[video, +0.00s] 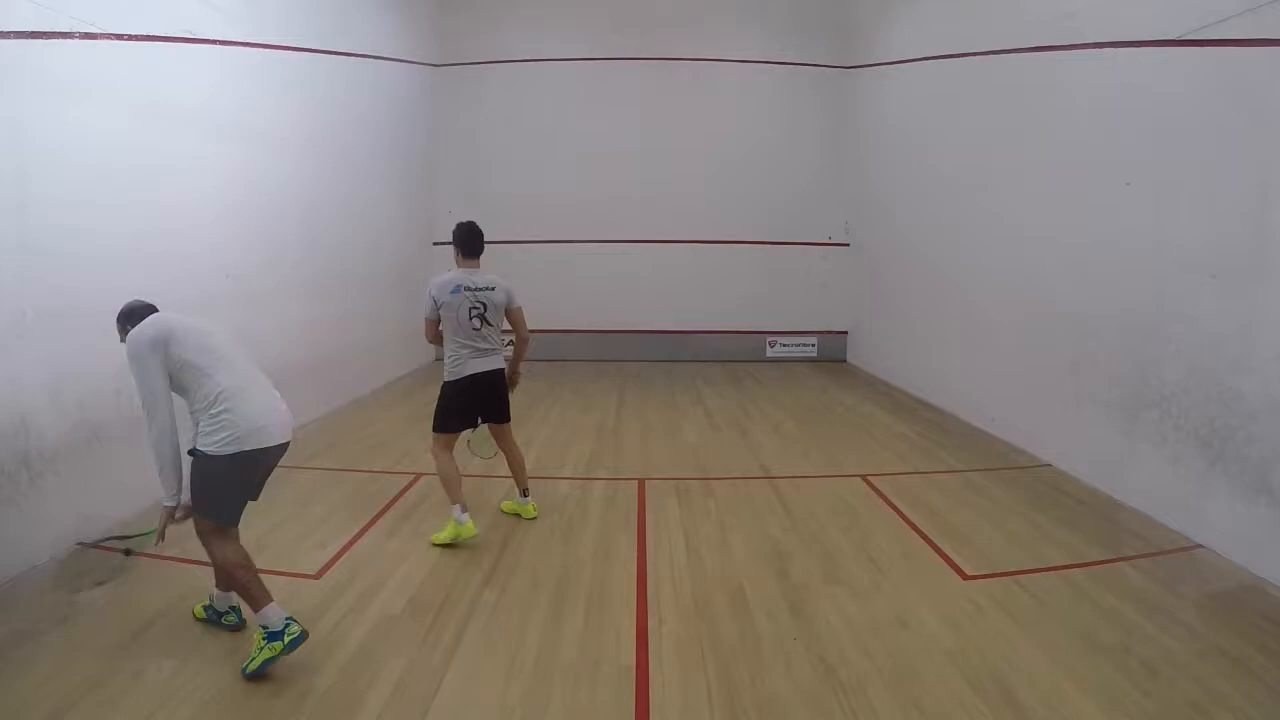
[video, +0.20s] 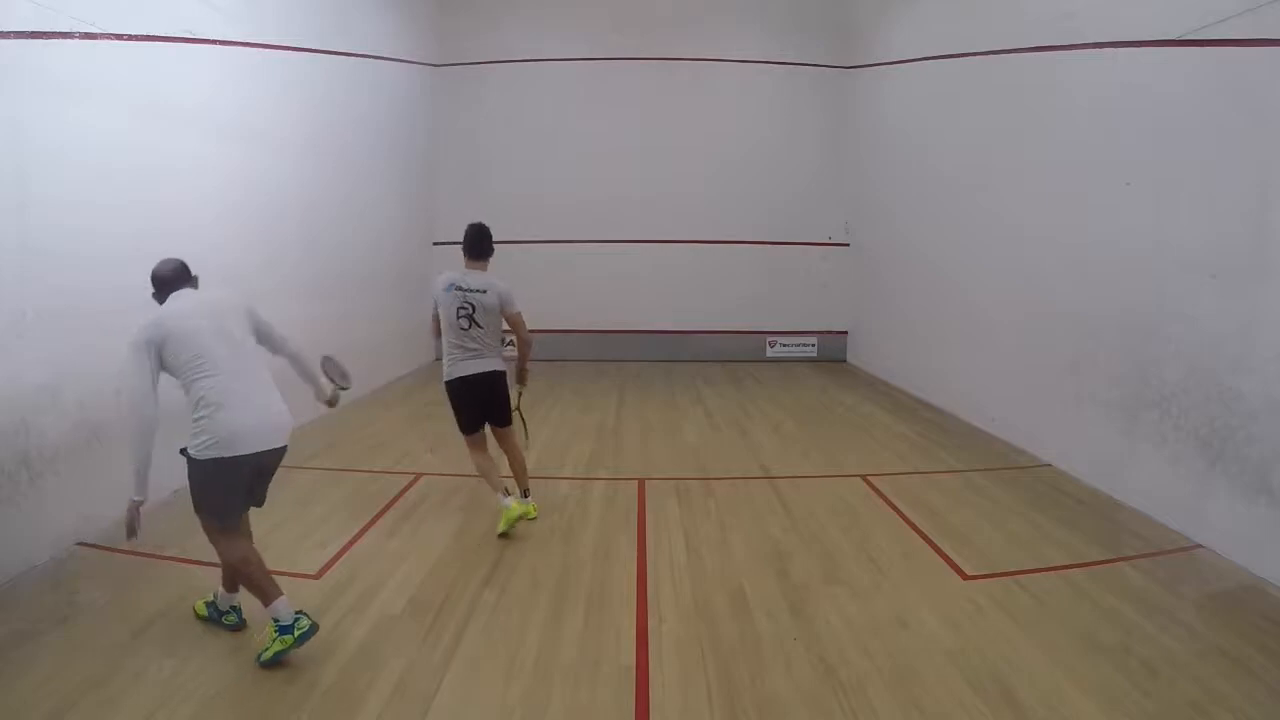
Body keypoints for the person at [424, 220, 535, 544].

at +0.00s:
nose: (458, 251)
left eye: (454, 246)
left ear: (454, 249)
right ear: (483, 250)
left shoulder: (439, 286)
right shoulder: (500, 286)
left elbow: (433, 336)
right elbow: (522, 334)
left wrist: (461, 341)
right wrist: (514, 368)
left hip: (458, 382)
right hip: (495, 377)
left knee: (442, 448)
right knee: (506, 440)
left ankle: (461, 518)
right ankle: (525, 500)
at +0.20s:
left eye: (467, 249)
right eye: (488, 250)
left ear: (463, 252)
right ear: (491, 252)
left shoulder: (443, 284)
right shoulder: (497, 289)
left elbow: (437, 330)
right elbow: (523, 335)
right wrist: (522, 369)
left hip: (457, 380)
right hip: (493, 376)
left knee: (477, 448)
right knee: (506, 437)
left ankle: (505, 500)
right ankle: (526, 500)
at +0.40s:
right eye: (476, 252)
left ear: (450, 254)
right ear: (479, 255)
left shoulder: (430, 287)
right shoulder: (491, 291)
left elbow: (423, 337)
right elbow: (511, 342)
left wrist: (453, 344)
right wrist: (500, 369)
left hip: (449, 384)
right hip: (486, 378)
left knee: (448, 448)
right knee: (504, 442)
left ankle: (490, 496)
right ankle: (525, 500)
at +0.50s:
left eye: (433, 255)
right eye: (453, 253)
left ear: (430, 258)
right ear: (459, 257)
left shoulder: (419, 292)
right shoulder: (479, 294)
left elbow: (406, 346)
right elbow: (498, 342)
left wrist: (434, 358)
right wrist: (484, 364)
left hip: (444, 390)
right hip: (480, 383)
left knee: (420, 449)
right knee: (497, 440)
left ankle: (454, 509)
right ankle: (524, 500)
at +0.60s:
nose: (403, 265)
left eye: (402, 261)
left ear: (404, 264)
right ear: (432, 263)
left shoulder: (402, 301)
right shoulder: (454, 296)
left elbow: (393, 359)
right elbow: (478, 340)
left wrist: (409, 380)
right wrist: (465, 365)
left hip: (433, 397)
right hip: (469, 389)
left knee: (397, 455)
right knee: (488, 444)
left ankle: (423, 522)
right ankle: (522, 497)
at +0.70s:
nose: (372, 266)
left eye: (372, 261)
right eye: (372, 261)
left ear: (379, 263)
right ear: (404, 261)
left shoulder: (381, 299)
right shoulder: (427, 293)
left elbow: (385, 358)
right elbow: (452, 335)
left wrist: (374, 380)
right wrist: (432, 360)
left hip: (418, 397)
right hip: (449, 388)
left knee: (395, 461)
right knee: (443, 441)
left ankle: (425, 525)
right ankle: (495, 490)